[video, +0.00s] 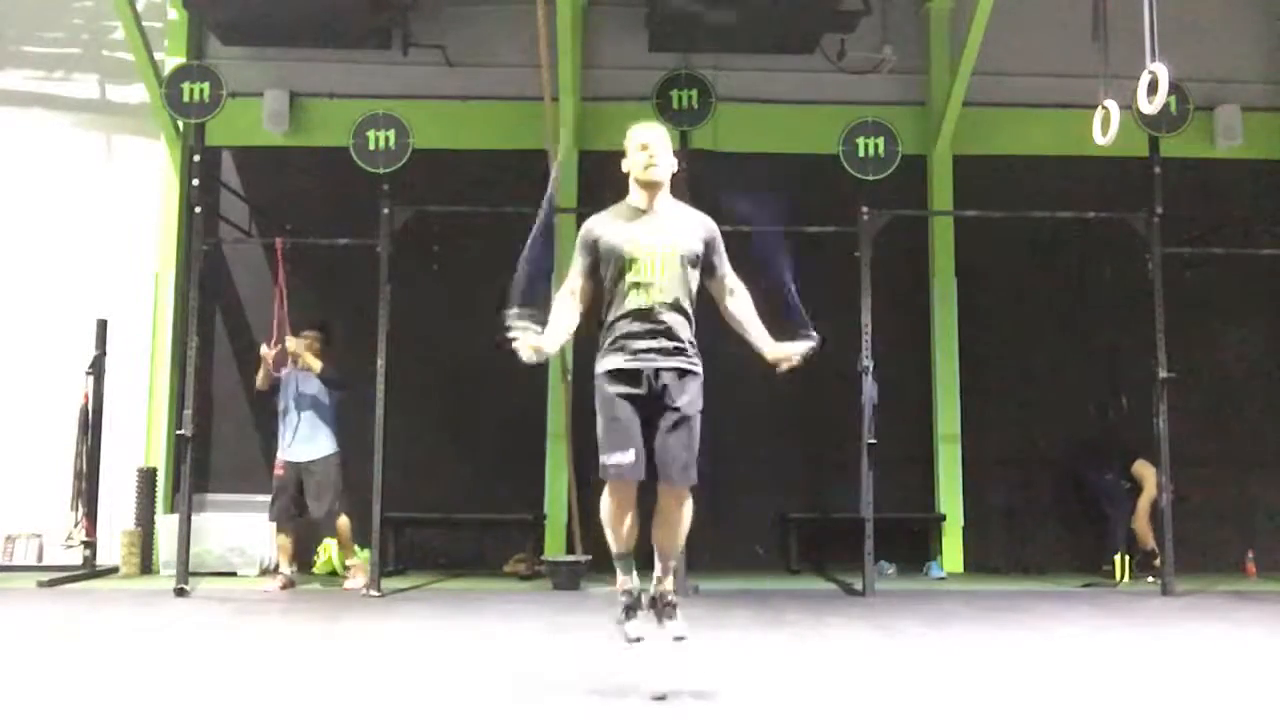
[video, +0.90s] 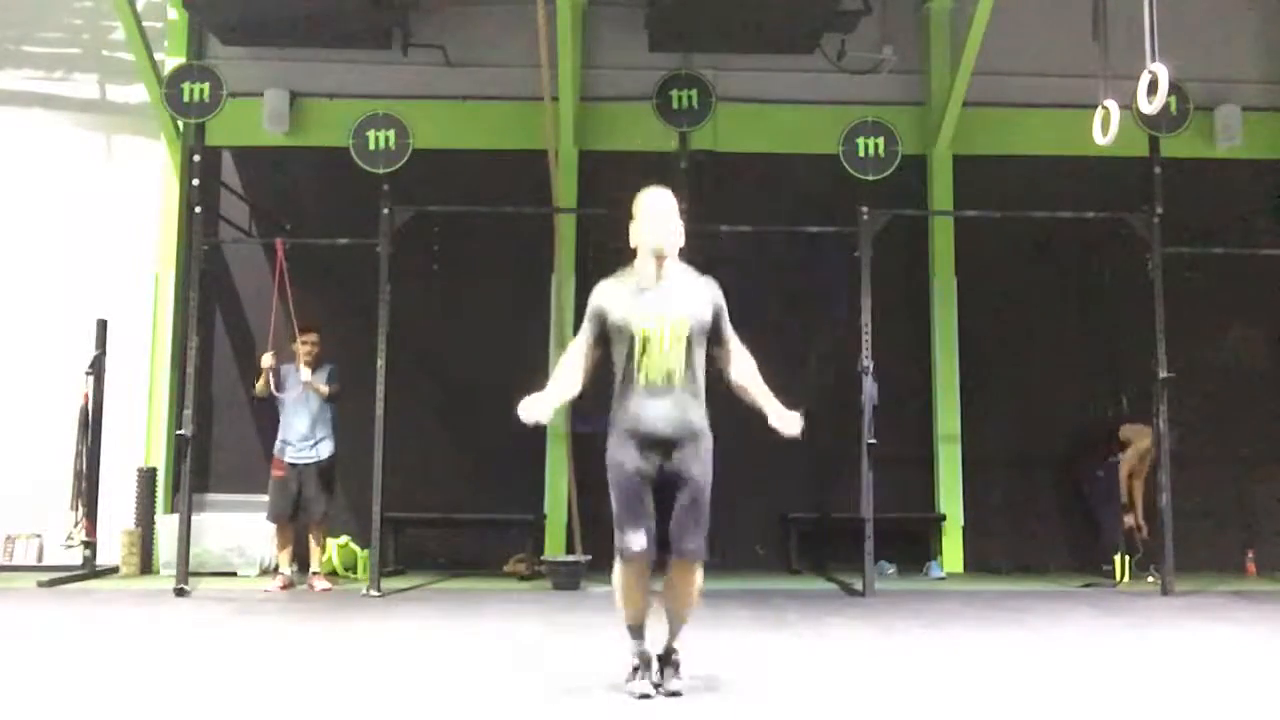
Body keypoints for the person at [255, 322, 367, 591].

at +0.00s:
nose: (308, 350)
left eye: (314, 345)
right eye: (304, 345)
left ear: (322, 350)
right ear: (295, 348)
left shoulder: (327, 375)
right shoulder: (286, 374)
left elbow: (336, 381)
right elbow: (262, 386)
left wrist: (303, 354)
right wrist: (266, 363)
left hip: (321, 453)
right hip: (288, 455)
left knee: (330, 511)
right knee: (283, 514)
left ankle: (354, 566)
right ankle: (285, 572)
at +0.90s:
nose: (309, 349)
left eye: (314, 344)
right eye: (304, 344)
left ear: (320, 348)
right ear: (295, 346)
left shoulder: (327, 371)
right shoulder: (283, 372)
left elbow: (332, 393)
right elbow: (261, 392)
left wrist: (311, 383)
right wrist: (266, 371)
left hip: (317, 452)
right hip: (286, 451)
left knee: (317, 515)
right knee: (282, 516)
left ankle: (315, 572)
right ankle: (284, 572)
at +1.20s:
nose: (315, 362)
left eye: (320, 357)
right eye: (311, 357)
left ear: (328, 359)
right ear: (302, 357)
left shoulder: (337, 381)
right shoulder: (288, 379)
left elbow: (337, 408)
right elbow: (274, 402)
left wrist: (325, 422)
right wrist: (265, 410)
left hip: (326, 458)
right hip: (293, 458)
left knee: (324, 516)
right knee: (286, 515)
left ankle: (316, 573)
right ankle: (284, 571)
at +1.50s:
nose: (322, 388)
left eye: (328, 385)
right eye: (320, 382)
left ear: (340, 381)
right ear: (316, 375)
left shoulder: (349, 401)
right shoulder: (301, 386)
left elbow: (342, 441)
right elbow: (285, 423)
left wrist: (321, 475)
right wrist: (280, 460)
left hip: (328, 457)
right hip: (298, 449)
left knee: (321, 514)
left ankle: (316, 571)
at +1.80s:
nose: (330, 389)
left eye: (335, 385)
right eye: (327, 383)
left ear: (345, 382)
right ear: (322, 376)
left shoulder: (353, 398)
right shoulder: (307, 386)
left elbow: (345, 438)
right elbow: (289, 417)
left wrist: (317, 471)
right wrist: (278, 448)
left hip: (329, 454)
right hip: (300, 448)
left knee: (324, 515)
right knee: (263, 434)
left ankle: (316, 574)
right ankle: (292, 490)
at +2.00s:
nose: (325, 394)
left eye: (331, 391)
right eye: (323, 388)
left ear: (342, 387)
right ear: (319, 382)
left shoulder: (350, 400)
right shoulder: (305, 390)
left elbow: (339, 440)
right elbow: (283, 420)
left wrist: (314, 471)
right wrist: (271, 454)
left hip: (328, 455)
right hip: (299, 445)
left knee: (322, 514)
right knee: (281, 446)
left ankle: (316, 572)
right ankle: (293, 496)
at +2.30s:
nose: (320, 396)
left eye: (326, 391)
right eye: (318, 390)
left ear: (336, 388)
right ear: (313, 385)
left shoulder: (347, 406)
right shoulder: (300, 395)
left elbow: (332, 446)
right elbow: (275, 427)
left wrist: (300, 477)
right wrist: (260, 460)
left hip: (332, 458)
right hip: (302, 449)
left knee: (323, 513)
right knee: (289, 452)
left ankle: (316, 573)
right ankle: (282, 518)